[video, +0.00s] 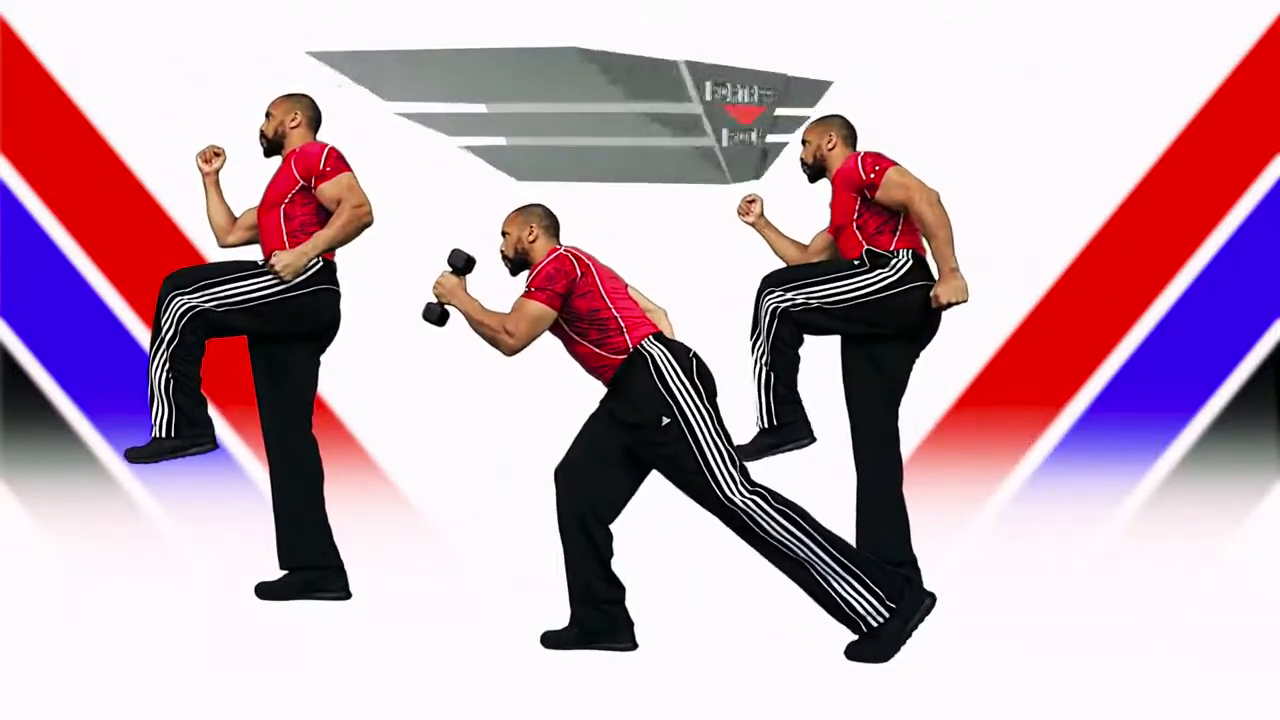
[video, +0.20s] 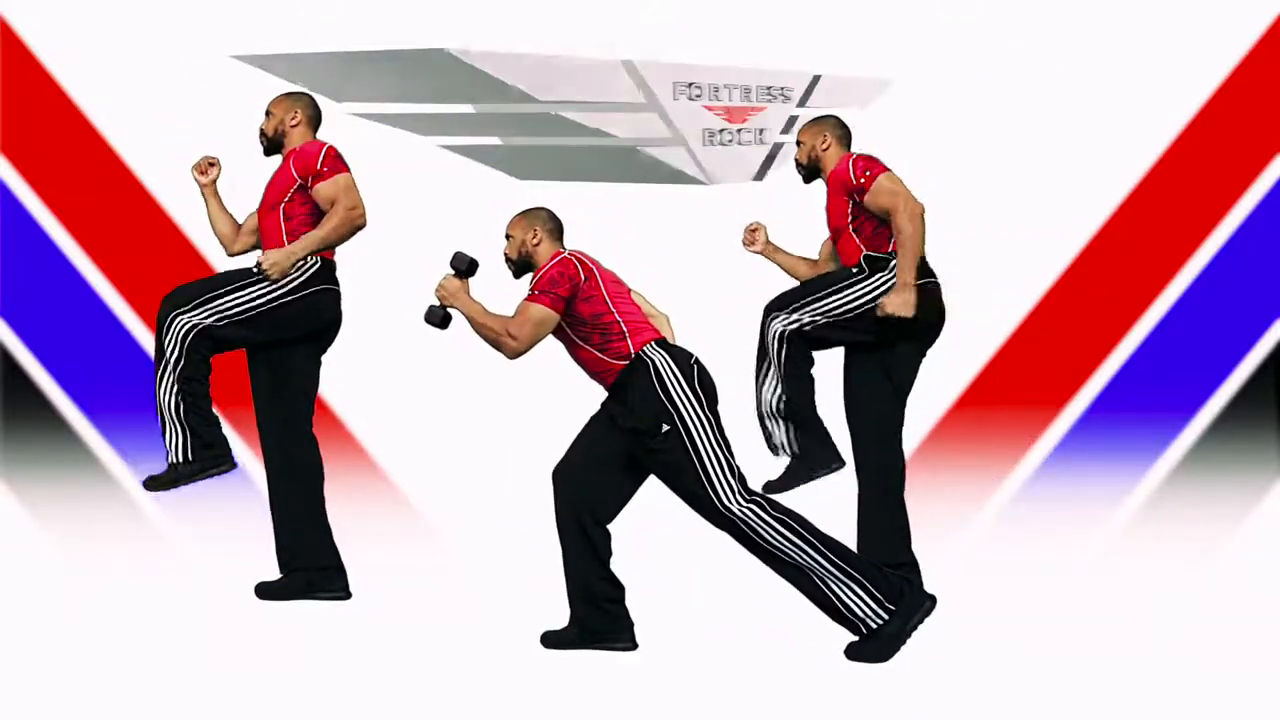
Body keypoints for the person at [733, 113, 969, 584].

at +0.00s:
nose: (800, 153)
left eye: (805, 143)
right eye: (800, 145)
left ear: (830, 140)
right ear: (831, 144)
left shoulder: (859, 165)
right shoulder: (849, 200)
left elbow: (924, 198)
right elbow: (807, 259)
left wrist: (949, 272)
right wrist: (762, 223)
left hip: (897, 277)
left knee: (776, 292)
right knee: (875, 438)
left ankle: (783, 421)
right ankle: (891, 575)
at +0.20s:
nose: (794, 155)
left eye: (799, 145)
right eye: (795, 147)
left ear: (823, 141)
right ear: (825, 144)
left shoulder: (852, 168)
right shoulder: (842, 197)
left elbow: (908, 210)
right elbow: (822, 273)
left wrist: (905, 285)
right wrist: (768, 249)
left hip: (890, 281)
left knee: (780, 318)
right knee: (875, 445)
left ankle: (806, 448)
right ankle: (893, 578)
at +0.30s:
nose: (789, 158)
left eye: (793, 147)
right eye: (788, 150)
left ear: (818, 144)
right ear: (822, 147)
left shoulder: (846, 174)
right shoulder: (834, 198)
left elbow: (874, 239)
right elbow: (853, 297)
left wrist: (824, 297)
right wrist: (801, 299)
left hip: (903, 284)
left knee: (814, 375)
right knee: (880, 442)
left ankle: (897, 487)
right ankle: (894, 589)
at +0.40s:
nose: (780, 166)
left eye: (784, 155)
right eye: (780, 159)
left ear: (809, 152)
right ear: (813, 155)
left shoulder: (836, 183)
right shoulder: (833, 195)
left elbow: (829, 258)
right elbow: (883, 271)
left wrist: (757, 274)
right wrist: (864, 324)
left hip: (907, 292)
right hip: (885, 309)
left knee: (888, 426)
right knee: (868, 440)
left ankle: (1016, 500)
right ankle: (895, 580)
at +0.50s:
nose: (772, 179)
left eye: (776, 168)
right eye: (772, 171)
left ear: (802, 161)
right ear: (811, 167)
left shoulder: (824, 194)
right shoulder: (850, 200)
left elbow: (786, 269)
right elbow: (915, 252)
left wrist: (732, 246)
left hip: (907, 300)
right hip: (889, 315)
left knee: (955, 434)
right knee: (868, 440)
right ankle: (893, 579)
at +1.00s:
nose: (768, 201)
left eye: (774, 190)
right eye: (769, 193)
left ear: (802, 187)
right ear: (810, 191)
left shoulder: (817, 219)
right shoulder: (848, 220)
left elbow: (767, 290)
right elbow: (924, 249)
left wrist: (723, 256)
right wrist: (939, 315)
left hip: (920, 309)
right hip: (904, 324)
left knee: (1003, 430)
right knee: (866, 435)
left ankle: (1141, 533)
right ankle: (891, 566)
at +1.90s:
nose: (797, 154)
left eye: (801, 144)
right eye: (797, 147)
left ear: (825, 141)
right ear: (830, 143)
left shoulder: (853, 167)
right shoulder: (846, 199)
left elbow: (900, 211)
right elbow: (812, 265)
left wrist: (890, 287)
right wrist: (762, 236)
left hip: (896, 286)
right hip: (906, 300)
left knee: (789, 331)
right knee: (884, 438)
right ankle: (891, 568)